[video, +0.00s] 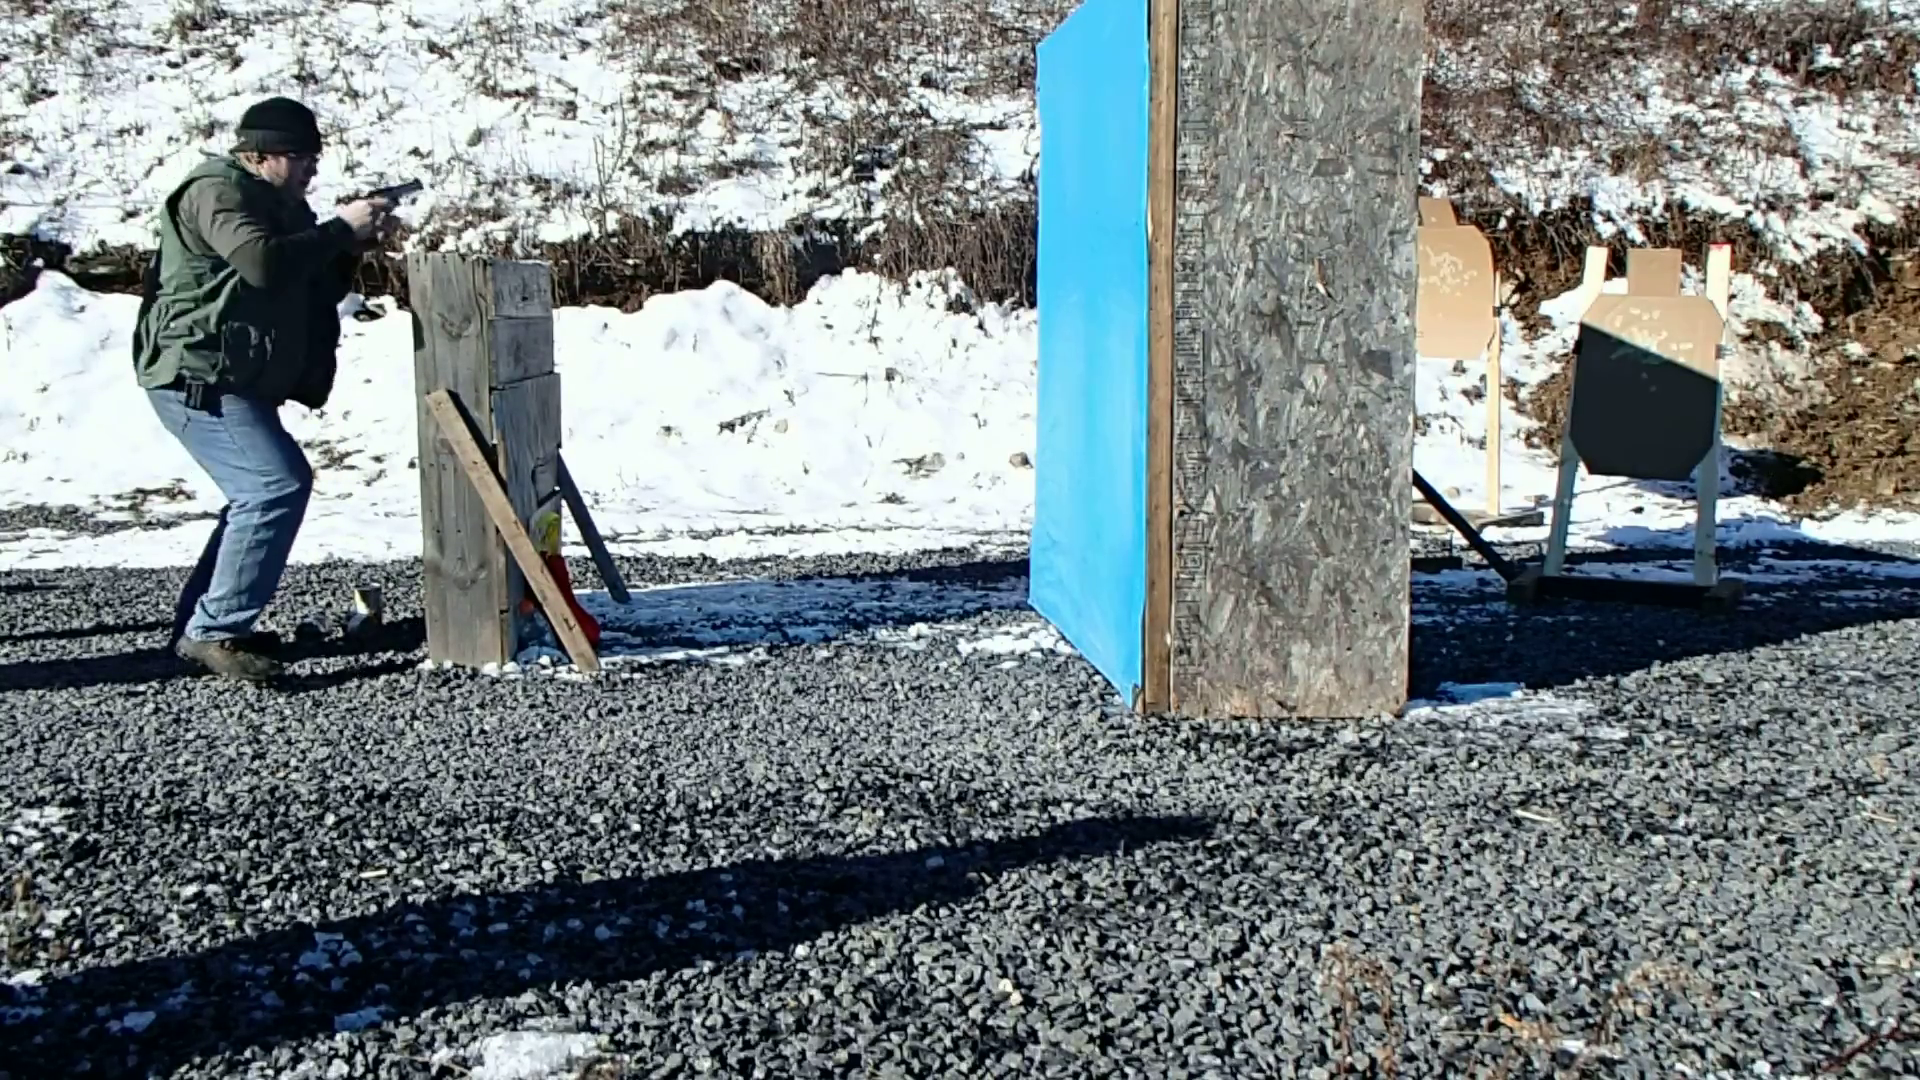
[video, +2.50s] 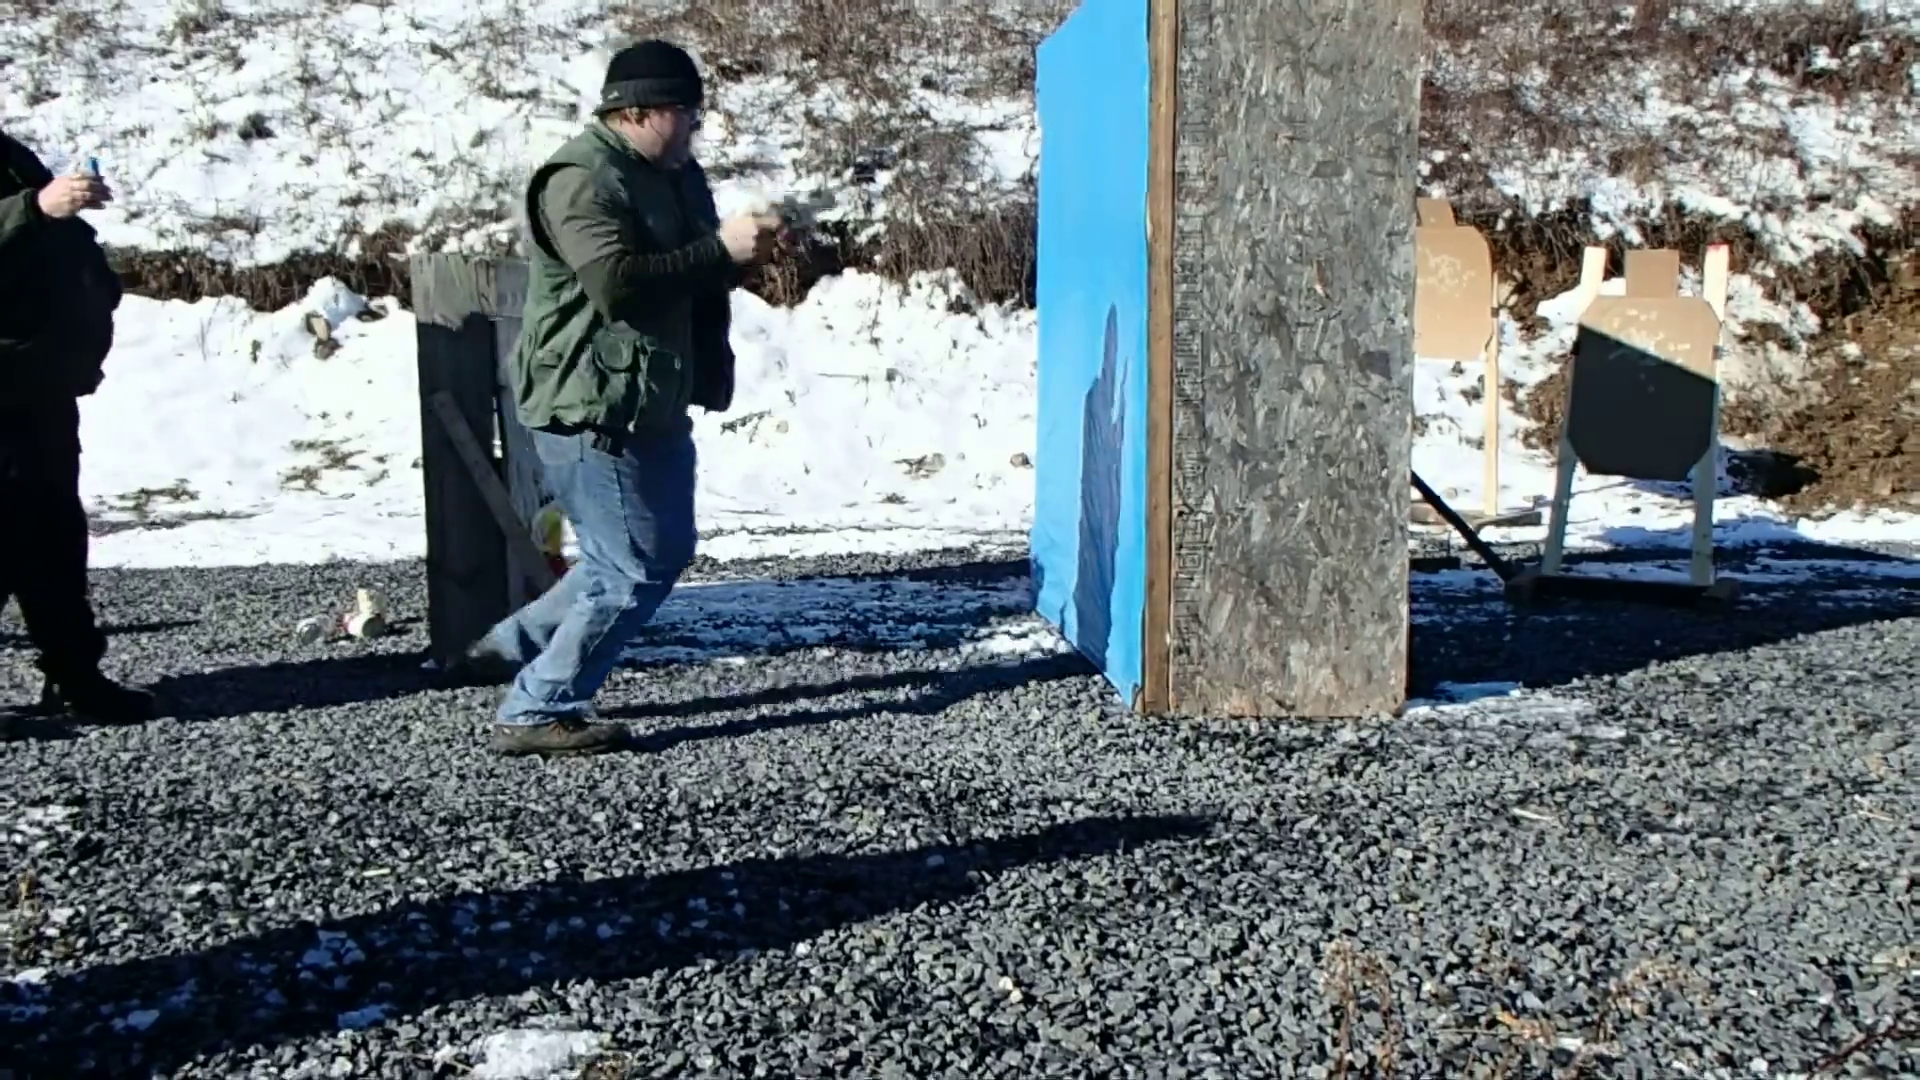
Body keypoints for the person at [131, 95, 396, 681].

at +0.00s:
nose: (312, 173)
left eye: (313, 162)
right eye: (306, 160)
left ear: (267, 156)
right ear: (270, 155)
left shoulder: (283, 207)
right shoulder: (213, 190)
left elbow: (315, 290)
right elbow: (262, 263)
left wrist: (354, 244)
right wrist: (343, 229)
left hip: (236, 379)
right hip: (194, 377)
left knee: (259, 494)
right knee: (280, 482)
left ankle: (201, 626)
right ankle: (218, 630)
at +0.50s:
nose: (383, 147)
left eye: (385, 135)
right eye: (371, 136)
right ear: (325, 140)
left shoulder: (378, 198)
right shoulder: (276, 192)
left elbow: (414, 281)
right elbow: (330, 271)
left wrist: (456, 258)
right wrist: (435, 255)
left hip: (360, 401)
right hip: (281, 402)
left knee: (411, 512)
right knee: (300, 543)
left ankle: (386, 662)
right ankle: (234, 665)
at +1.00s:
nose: (518, 153)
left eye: (516, 140)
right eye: (508, 141)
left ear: (466, 134)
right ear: (466, 136)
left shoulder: (477, 177)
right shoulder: (426, 190)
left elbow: (571, 197)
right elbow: (546, 208)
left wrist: (672, 201)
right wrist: (667, 202)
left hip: (482, 398)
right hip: (455, 405)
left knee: (527, 534)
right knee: (554, 535)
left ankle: (438, 664)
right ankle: (537, 711)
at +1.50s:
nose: (576, 145)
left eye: (574, 131)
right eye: (567, 131)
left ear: (517, 122)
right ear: (525, 125)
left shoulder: (498, 165)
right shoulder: (482, 175)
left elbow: (617, 185)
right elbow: (604, 191)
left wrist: (730, 189)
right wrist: (728, 183)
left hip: (505, 392)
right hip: (494, 399)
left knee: (543, 537)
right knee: (587, 539)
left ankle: (472, 677)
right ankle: (538, 710)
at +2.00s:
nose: (594, 146)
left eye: (592, 131)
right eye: (584, 132)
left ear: (538, 125)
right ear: (543, 126)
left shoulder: (520, 165)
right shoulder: (498, 176)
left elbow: (636, 186)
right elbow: (625, 193)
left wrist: (747, 189)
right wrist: (748, 184)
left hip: (504, 395)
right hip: (513, 400)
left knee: (535, 544)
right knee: (596, 544)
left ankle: (466, 681)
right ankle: (538, 711)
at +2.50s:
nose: (697, 127)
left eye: (696, 113)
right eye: (689, 113)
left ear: (649, 111)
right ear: (648, 112)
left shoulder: (678, 177)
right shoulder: (580, 179)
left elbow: (699, 267)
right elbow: (615, 284)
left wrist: (766, 256)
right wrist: (720, 250)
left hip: (654, 402)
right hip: (584, 404)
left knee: (666, 550)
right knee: (628, 564)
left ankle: (517, 640)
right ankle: (539, 710)